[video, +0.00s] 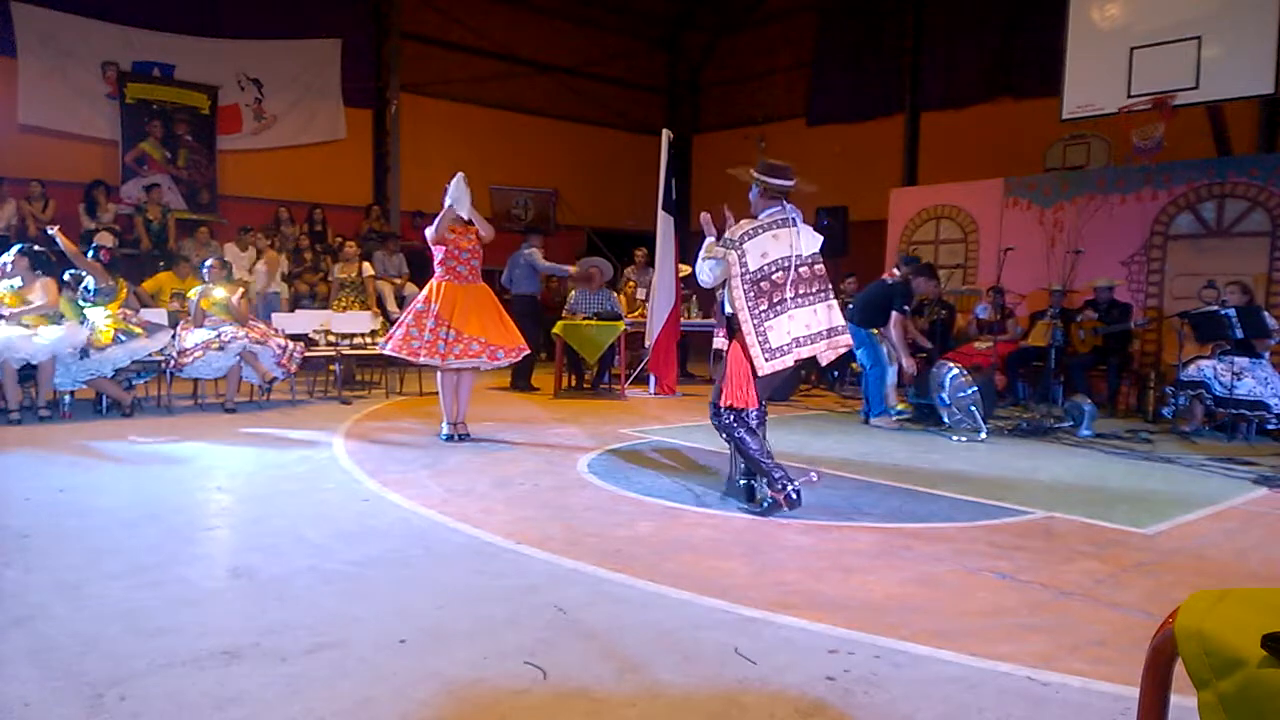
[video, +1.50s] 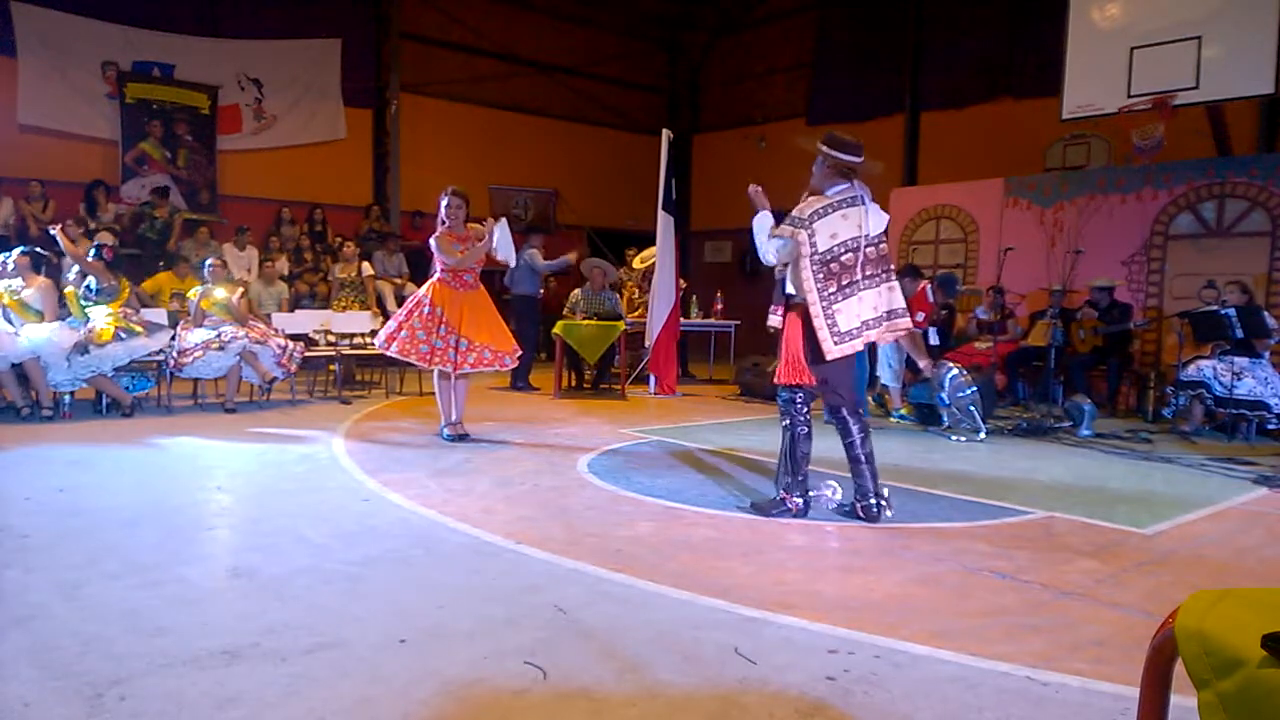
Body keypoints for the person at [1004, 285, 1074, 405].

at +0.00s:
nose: (1056, 299)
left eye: (1059, 296)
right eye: (1053, 295)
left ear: (1063, 297)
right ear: (1049, 296)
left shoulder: (1068, 314)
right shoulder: (1037, 315)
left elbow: (1068, 338)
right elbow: (1029, 334)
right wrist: (1024, 341)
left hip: (1056, 348)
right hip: (1036, 348)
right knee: (1012, 358)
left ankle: (1042, 398)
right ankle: (1012, 395)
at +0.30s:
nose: (1056, 299)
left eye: (1059, 296)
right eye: (1053, 296)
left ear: (1063, 297)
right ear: (1049, 297)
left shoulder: (1068, 314)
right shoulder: (1036, 315)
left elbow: (1068, 338)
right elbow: (1029, 334)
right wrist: (1024, 341)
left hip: (1056, 348)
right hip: (1035, 348)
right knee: (1011, 359)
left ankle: (1043, 397)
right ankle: (1013, 395)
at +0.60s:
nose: (1056, 299)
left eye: (1059, 296)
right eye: (1053, 295)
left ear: (1063, 297)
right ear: (1049, 296)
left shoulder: (1068, 314)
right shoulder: (1037, 315)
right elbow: (1029, 334)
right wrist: (1025, 341)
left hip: (1056, 348)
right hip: (1035, 348)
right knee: (1012, 359)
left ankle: (1043, 397)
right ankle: (1013, 395)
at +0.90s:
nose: (1056, 299)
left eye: (1059, 296)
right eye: (1054, 295)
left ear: (1063, 297)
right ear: (1049, 296)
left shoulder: (1068, 314)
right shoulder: (1036, 315)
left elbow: (1068, 337)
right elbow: (1029, 333)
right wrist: (1025, 341)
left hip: (1056, 348)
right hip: (1035, 347)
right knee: (1012, 359)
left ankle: (1043, 397)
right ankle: (1013, 395)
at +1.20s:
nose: (1056, 299)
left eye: (1059, 296)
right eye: (1053, 296)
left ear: (1063, 297)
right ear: (1049, 297)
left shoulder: (1068, 314)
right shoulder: (1036, 315)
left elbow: (1069, 338)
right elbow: (1029, 334)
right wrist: (1024, 341)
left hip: (1056, 348)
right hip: (1036, 347)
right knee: (1012, 358)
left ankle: (1041, 397)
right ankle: (1013, 395)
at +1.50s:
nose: (1056, 299)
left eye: (1059, 296)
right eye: (1053, 296)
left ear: (1063, 298)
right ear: (1049, 297)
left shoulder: (1068, 315)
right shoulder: (1036, 315)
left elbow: (1068, 339)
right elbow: (1028, 335)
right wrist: (1024, 342)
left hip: (1056, 348)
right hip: (1036, 348)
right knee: (1012, 358)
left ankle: (1042, 398)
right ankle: (1013, 395)